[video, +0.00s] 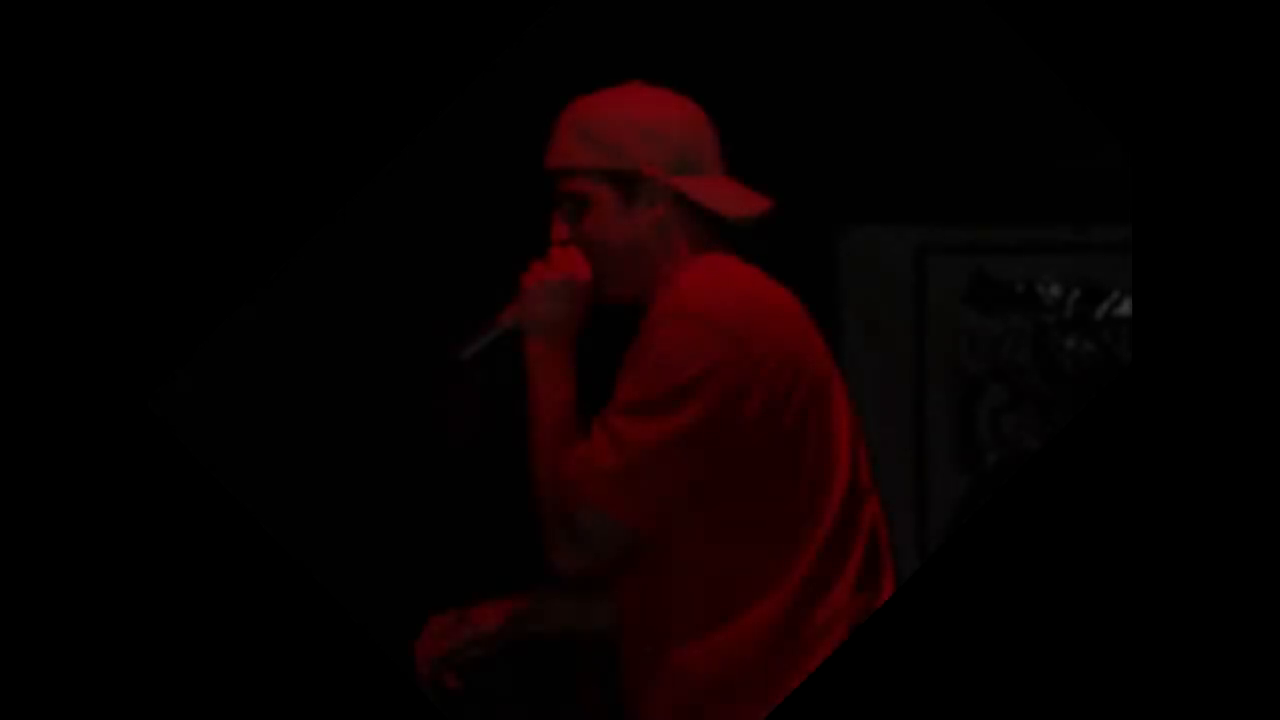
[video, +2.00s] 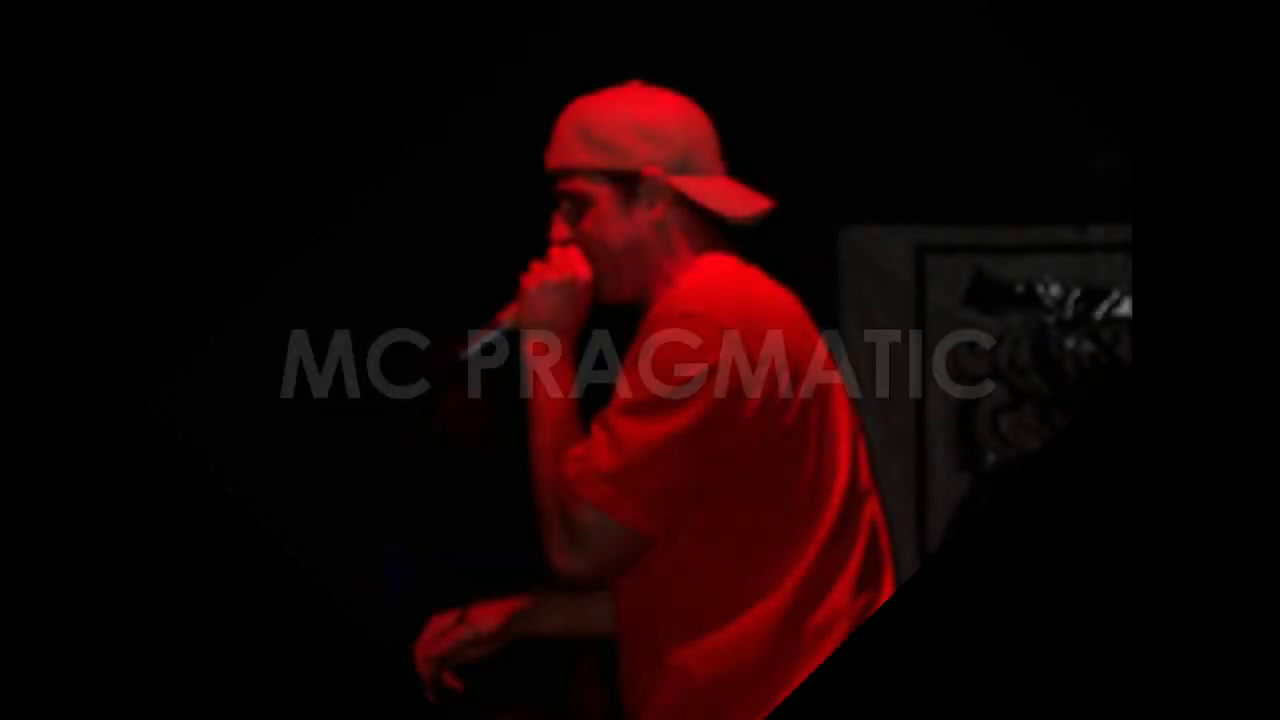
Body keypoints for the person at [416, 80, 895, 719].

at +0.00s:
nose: (560, 233)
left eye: (578, 207)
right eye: (559, 208)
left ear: (651, 203)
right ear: (646, 205)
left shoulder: (707, 315)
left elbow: (580, 533)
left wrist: (548, 345)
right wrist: (515, 625)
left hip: (737, 693)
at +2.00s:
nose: (559, 234)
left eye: (576, 206)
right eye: (559, 209)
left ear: (653, 200)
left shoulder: (705, 315)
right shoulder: (750, 305)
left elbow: (578, 543)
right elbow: (702, 576)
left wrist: (545, 346)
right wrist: (521, 621)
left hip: (732, 697)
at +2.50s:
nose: (559, 234)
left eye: (577, 206)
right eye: (559, 209)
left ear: (653, 200)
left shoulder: (705, 315)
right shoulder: (750, 305)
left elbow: (578, 542)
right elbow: (701, 576)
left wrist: (546, 348)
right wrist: (520, 621)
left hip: (731, 700)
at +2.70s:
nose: (560, 234)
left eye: (577, 206)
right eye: (560, 209)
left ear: (653, 200)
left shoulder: (706, 314)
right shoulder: (749, 305)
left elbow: (578, 542)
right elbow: (701, 578)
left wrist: (545, 348)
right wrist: (520, 620)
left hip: (733, 699)